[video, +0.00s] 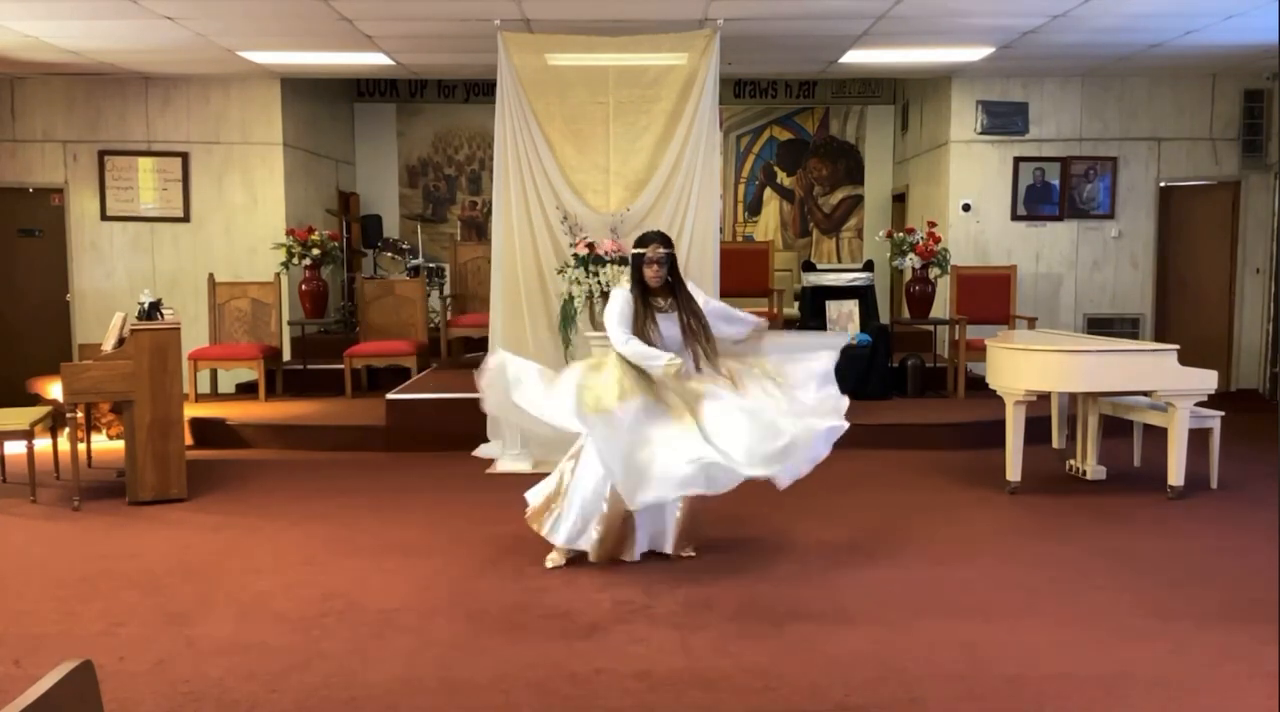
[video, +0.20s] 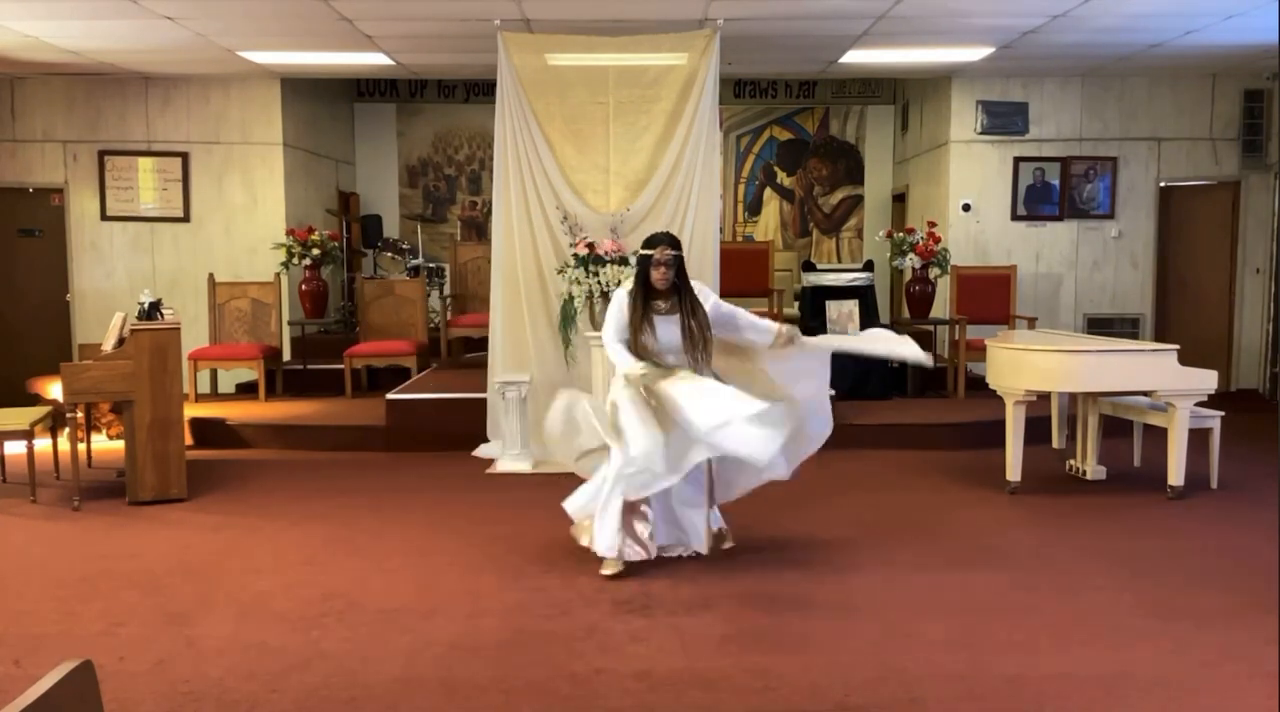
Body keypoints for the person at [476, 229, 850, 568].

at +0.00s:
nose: (654, 268)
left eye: (662, 262)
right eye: (647, 262)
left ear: (672, 265)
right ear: (636, 266)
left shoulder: (684, 296)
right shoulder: (624, 297)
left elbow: (720, 319)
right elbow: (621, 341)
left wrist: (756, 325)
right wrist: (663, 361)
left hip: (678, 389)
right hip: (630, 390)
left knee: (681, 460)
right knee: (604, 459)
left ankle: (675, 538)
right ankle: (565, 542)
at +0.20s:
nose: (662, 272)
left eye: (669, 265)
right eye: (656, 265)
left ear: (679, 267)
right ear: (643, 267)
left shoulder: (693, 298)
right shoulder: (627, 299)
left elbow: (731, 319)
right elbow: (612, 341)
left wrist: (775, 331)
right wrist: (635, 368)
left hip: (689, 384)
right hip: (640, 385)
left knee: (699, 452)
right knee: (641, 457)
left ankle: (708, 524)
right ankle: (612, 545)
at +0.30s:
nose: (666, 270)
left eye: (672, 264)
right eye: (659, 264)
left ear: (683, 266)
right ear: (647, 267)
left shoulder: (698, 297)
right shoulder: (626, 299)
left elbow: (731, 330)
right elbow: (603, 347)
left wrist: (763, 355)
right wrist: (612, 379)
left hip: (690, 389)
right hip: (642, 390)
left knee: (701, 457)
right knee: (639, 464)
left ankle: (714, 528)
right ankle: (635, 546)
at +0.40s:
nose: (670, 271)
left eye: (677, 264)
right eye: (663, 264)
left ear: (687, 266)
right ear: (650, 266)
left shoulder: (700, 301)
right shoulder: (630, 297)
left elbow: (723, 344)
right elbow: (597, 337)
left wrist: (725, 375)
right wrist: (574, 368)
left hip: (684, 400)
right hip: (637, 398)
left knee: (678, 473)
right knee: (643, 477)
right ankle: (639, 554)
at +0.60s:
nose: (666, 271)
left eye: (673, 264)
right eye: (659, 264)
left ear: (684, 265)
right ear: (647, 265)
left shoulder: (699, 299)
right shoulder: (628, 299)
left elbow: (729, 337)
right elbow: (612, 342)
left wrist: (748, 360)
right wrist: (626, 369)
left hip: (686, 401)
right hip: (637, 401)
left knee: (691, 469)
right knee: (629, 475)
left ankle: (696, 539)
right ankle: (632, 555)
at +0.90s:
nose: (657, 281)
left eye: (666, 273)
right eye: (650, 272)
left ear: (679, 277)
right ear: (639, 275)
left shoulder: (696, 308)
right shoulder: (622, 311)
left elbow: (735, 331)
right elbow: (605, 361)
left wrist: (775, 348)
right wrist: (629, 383)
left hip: (684, 405)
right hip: (633, 406)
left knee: (696, 472)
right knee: (627, 478)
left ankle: (698, 552)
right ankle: (611, 569)